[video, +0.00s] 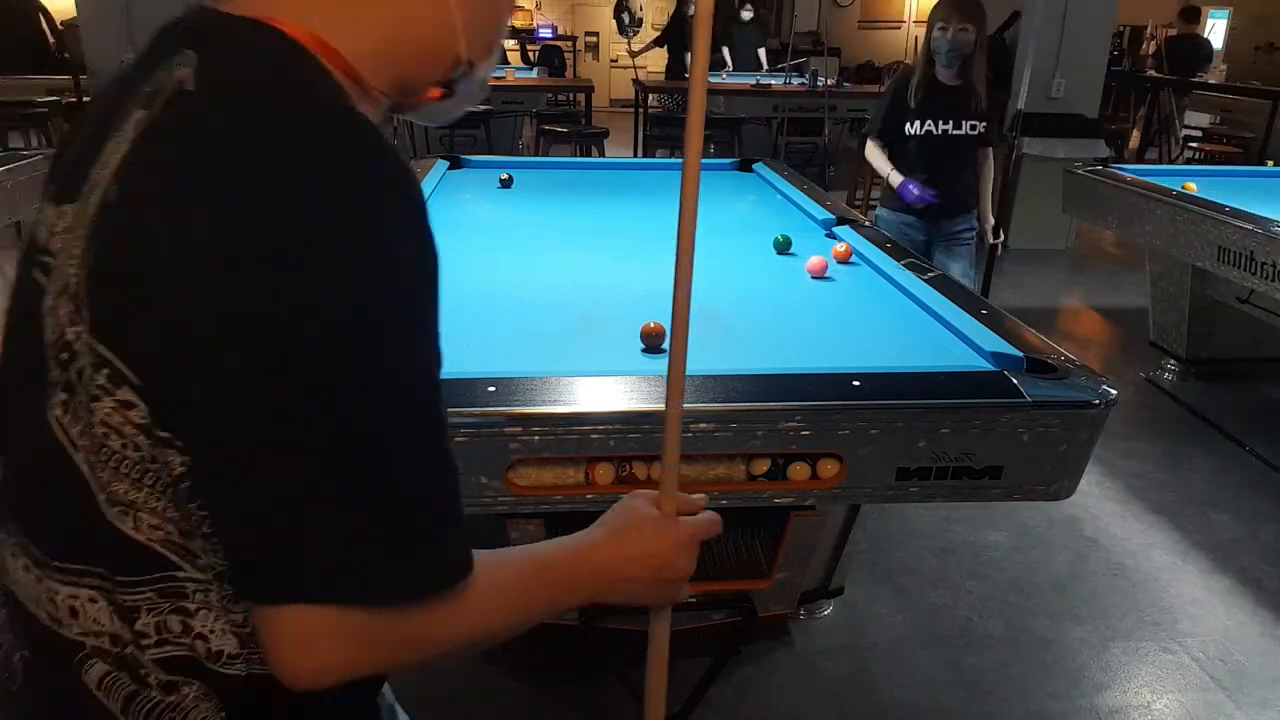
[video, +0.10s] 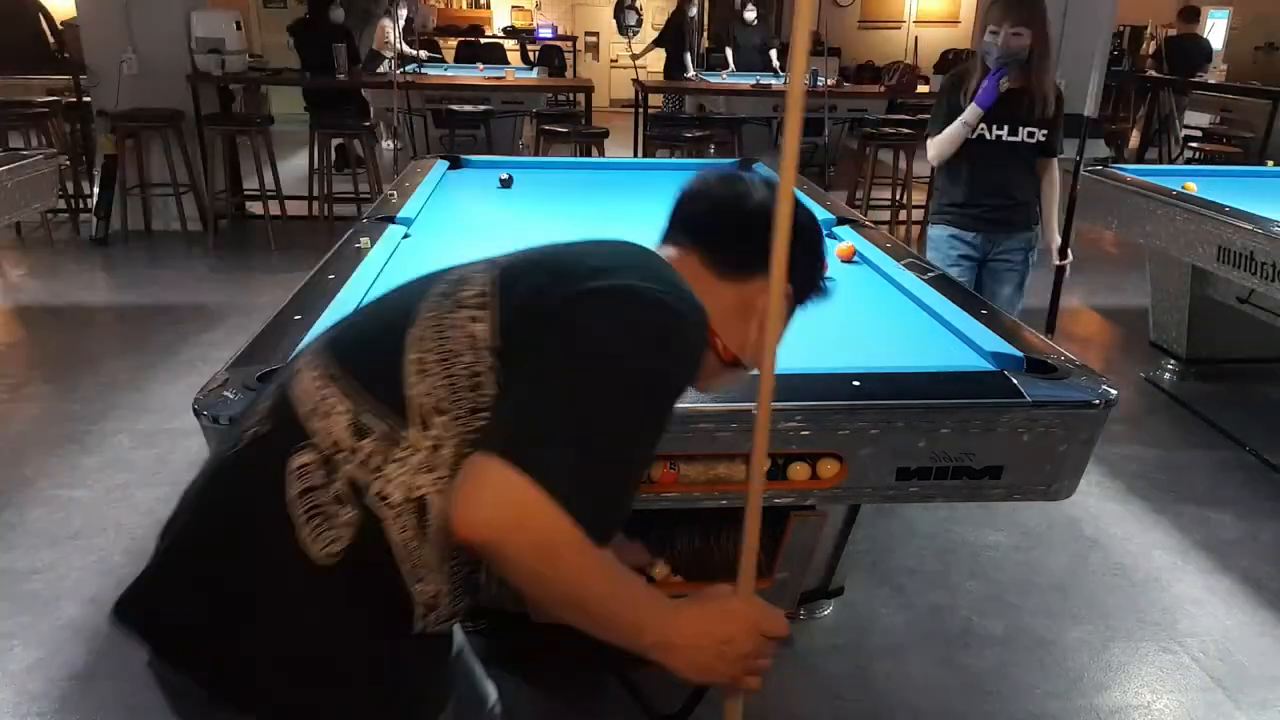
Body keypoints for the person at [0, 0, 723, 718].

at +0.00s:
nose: (492, 44)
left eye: (512, 16)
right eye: (504, 8)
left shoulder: (155, 90)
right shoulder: (315, 170)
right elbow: (322, 632)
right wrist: (592, 567)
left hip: (80, 667)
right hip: (233, 695)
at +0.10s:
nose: (768, 347)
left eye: (789, 315)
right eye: (789, 311)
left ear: (687, 243)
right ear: (764, 288)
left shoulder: (607, 276)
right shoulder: (650, 311)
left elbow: (484, 478)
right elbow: (495, 511)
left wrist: (600, 563)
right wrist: (666, 627)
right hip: (282, 606)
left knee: (476, 685)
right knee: (475, 698)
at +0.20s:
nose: (832, 286)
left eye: (836, 277)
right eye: (837, 273)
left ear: (752, 219)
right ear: (829, 256)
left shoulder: (678, 262)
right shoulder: (787, 264)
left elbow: (581, 403)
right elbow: (700, 355)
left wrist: (645, 548)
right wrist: (756, 543)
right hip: (444, 545)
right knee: (524, 698)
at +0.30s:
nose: (956, 50)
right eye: (959, 29)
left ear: (822, 43)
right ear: (945, 30)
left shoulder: (782, 128)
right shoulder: (919, 136)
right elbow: (873, 352)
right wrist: (882, 554)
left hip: (598, 518)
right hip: (699, 556)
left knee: (624, 689)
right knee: (770, 703)